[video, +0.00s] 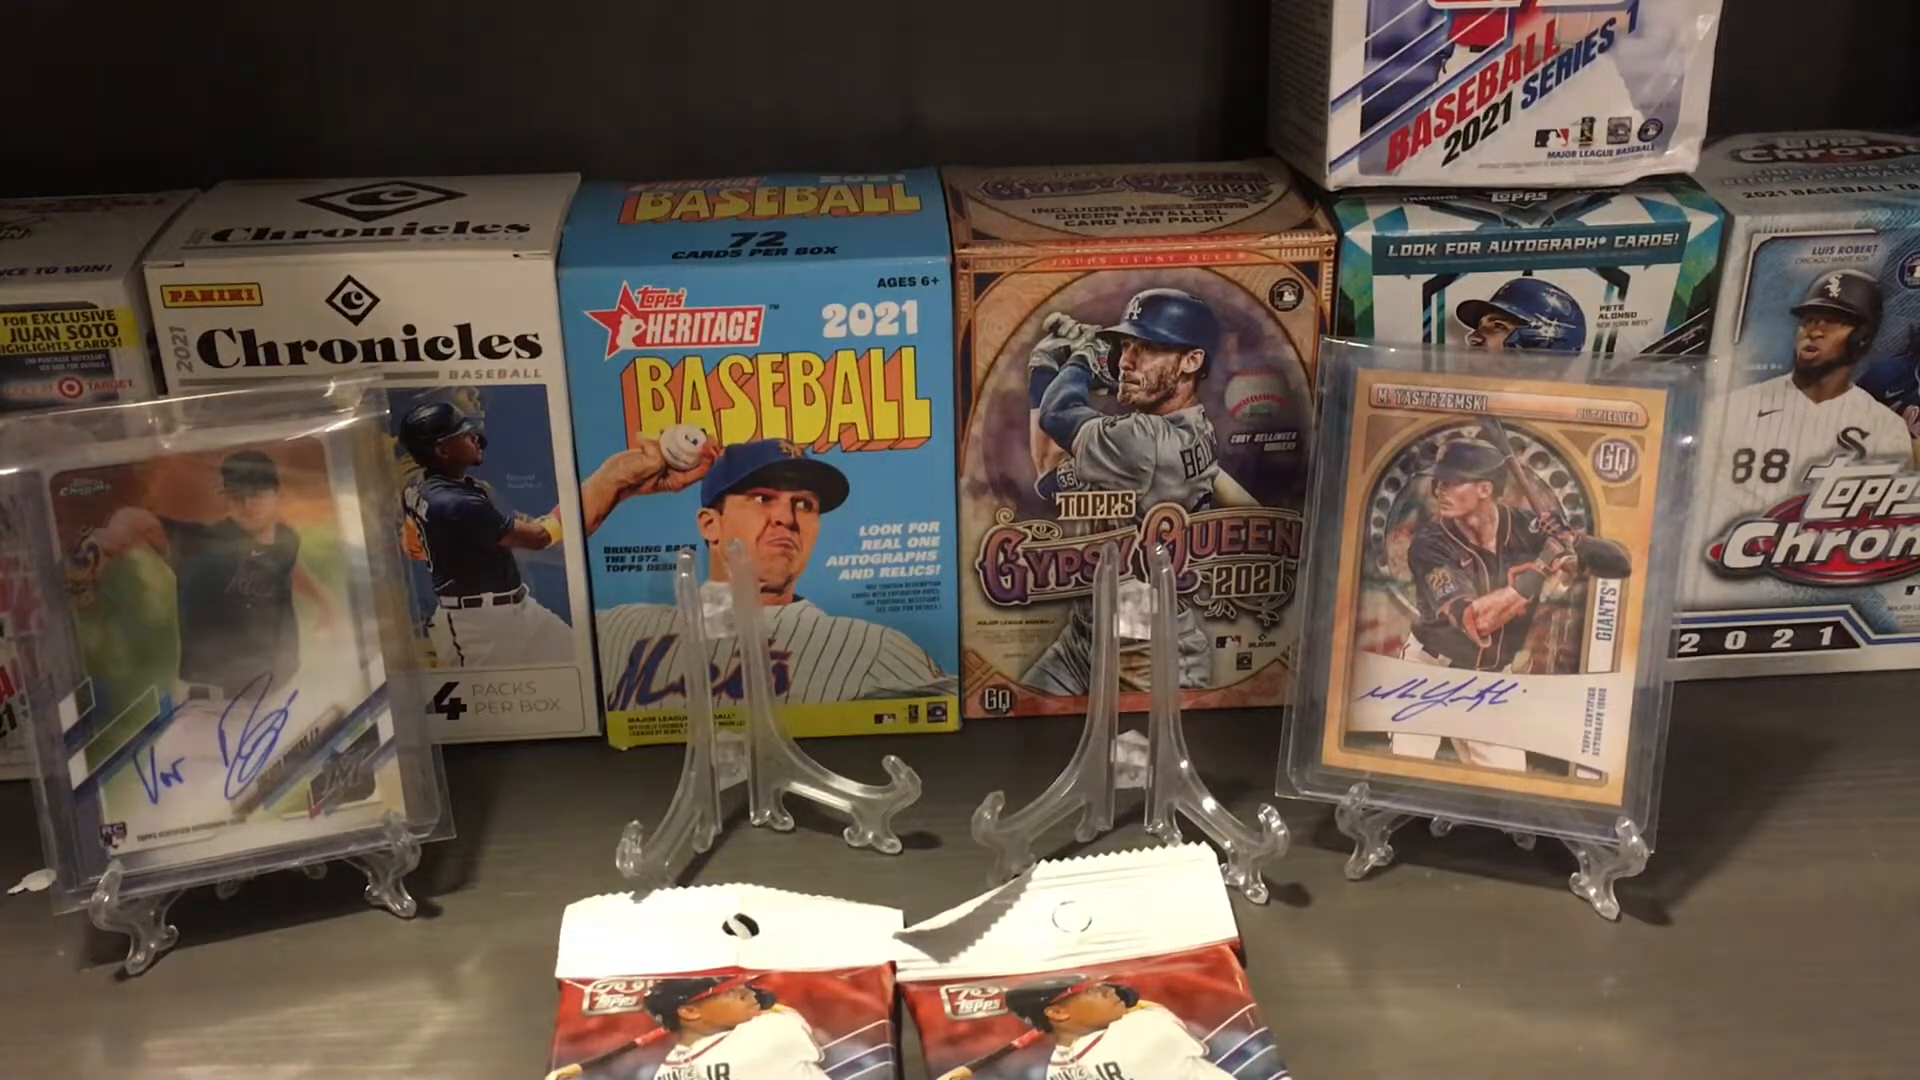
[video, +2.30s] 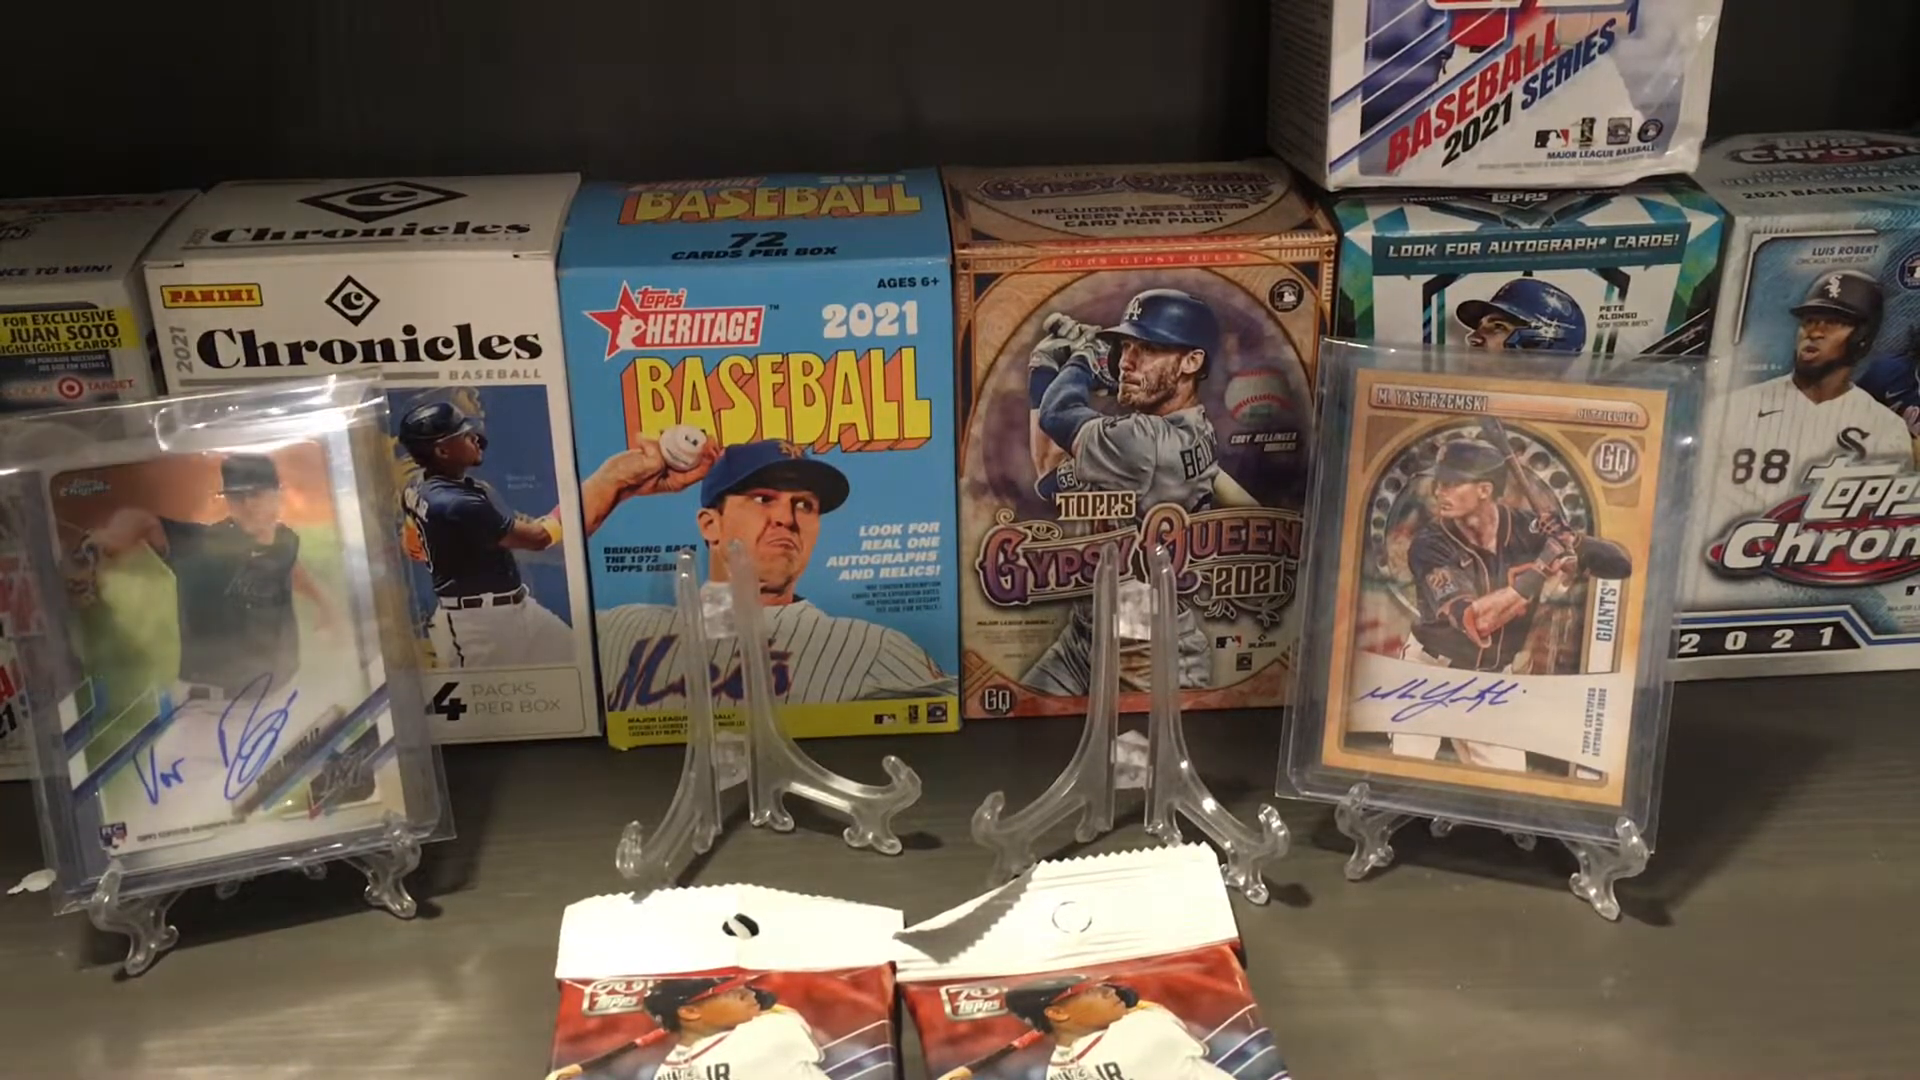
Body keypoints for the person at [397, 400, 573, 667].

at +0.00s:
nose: (474, 435)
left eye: (468, 429)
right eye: (463, 433)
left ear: (443, 451)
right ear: (442, 450)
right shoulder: (460, 506)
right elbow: (539, 537)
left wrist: (537, 524)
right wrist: (573, 507)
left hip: (519, 609)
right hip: (475, 623)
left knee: (587, 663)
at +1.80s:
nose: (475, 436)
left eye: (469, 430)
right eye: (465, 433)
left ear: (443, 451)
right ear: (442, 450)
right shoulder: (461, 507)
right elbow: (539, 537)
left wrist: (539, 524)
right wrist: (572, 507)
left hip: (519, 608)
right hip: (474, 622)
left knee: (589, 664)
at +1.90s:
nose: (475, 436)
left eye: (469, 430)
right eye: (464, 433)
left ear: (443, 451)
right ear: (442, 450)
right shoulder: (460, 507)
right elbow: (539, 537)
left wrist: (536, 524)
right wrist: (573, 506)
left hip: (519, 608)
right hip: (474, 622)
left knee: (588, 663)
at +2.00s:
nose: (475, 436)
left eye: (469, 429)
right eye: (464, 433)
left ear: (443, 451)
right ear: (442, 450)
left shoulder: (420, 489)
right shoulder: (460, 507)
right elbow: (539, 537)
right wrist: (573, 506)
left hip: (519, 609)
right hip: (474, 622)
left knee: (589, 663)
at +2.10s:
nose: (475, 436)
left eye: (469, 429)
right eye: (465, 433)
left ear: (443, 451)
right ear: (442, 450)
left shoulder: (420, 490)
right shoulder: (461, 507)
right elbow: (538, 537)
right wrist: (573, 506)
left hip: (519, 609)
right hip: (474, 623)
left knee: (589, 663)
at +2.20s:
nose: (475, 436)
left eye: (469, 429)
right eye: (464, 433)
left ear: (443, 451)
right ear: (442, 450)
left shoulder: (419, 490)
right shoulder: (461, 507)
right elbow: (539, 537)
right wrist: (573, 506)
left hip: (519, 609)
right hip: (474, 623)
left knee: (588, 662)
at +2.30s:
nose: (475, 436)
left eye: (469, 430)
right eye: (464, 433)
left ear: (443, 451)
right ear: (442, 450)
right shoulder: (460, 507)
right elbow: (539, 537)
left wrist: (537, 524)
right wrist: (573, 505)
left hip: (519, 609)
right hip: (475, 622)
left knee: (588, 664)